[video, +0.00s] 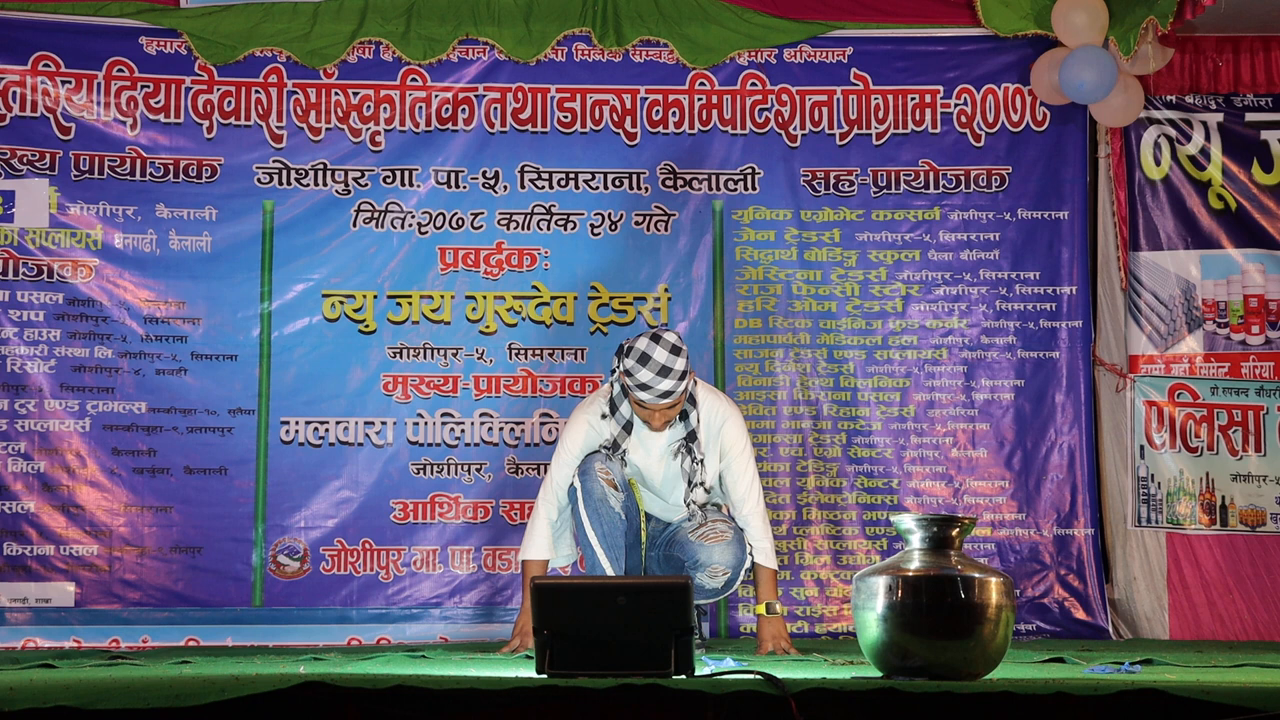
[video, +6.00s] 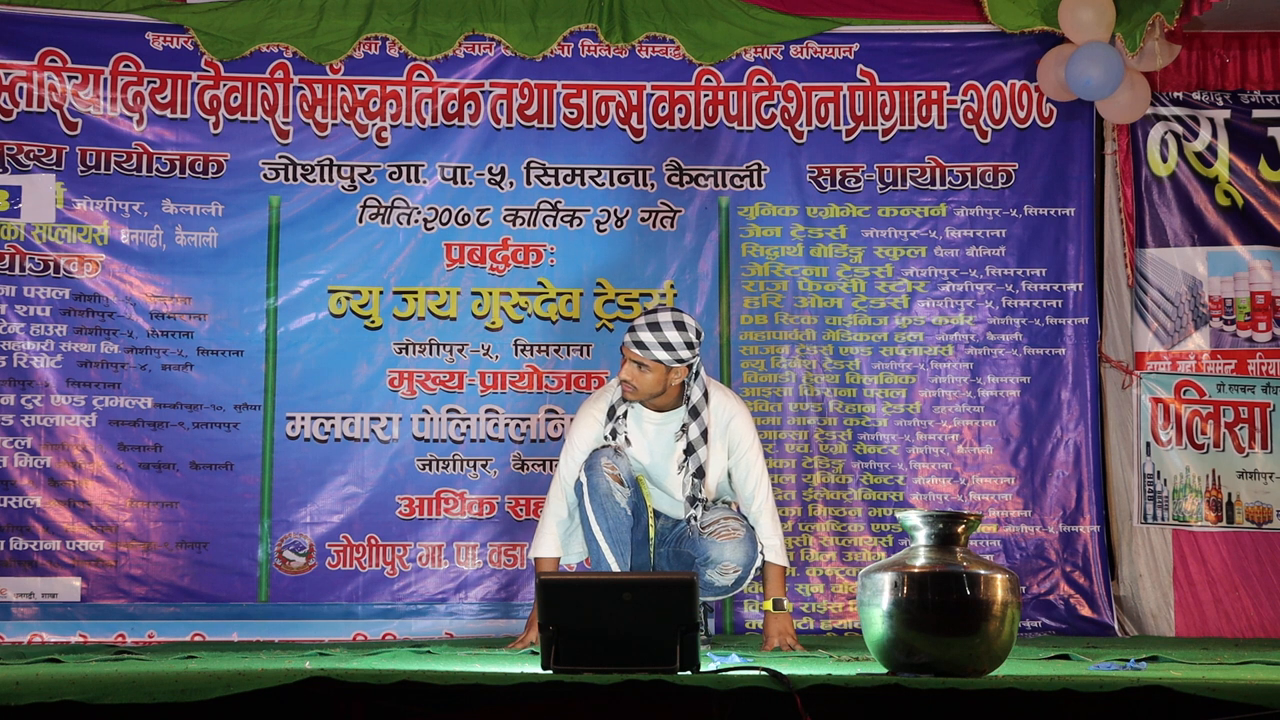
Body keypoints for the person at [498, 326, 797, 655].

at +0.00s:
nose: (657, 418)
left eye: (669, 407)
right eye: (645, 407)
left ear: (685, 388)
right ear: (626, 390)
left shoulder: (720, 415)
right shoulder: (593, 415)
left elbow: (752, 511)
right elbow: (549, 503)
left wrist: (769, 611)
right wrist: (530, 605)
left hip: (683, 542)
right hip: (621, 538)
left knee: (723, 549)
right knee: (596, 468)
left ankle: (685, 612)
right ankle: (616, 609)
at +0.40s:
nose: (634, 406)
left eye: (649, 399)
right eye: (628, 391)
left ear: (682, 388)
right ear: (623, 375)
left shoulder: (723, 416)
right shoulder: (597, 412)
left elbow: (755, 510)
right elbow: (551, 501)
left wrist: (770, 610)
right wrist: (530, 605)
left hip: (684, 544)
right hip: (623, 537)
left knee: (722, 543)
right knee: (598, 466)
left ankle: (684, 616)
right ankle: (618, 612)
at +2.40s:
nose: (617, 374)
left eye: (632, 367)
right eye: (618, 361)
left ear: (671, 374)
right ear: (615, 357)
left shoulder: (723, 413)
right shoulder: (595, 415)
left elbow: (759, 506)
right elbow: (564, 499)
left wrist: (774, 605)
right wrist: (525, 558)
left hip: (690, 542)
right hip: (626, 539)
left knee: (731, 536)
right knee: (605, 462)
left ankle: (688, 616)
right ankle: (622, 606)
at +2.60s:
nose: (616, 376)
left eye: (632, 368)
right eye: (617, 361)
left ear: (671, 375)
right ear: (614, 357)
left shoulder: (722, 412)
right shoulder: (596, 414)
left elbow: (759, 504)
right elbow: (558, 502)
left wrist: (775, 606)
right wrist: (528, 599)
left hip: (692, 538)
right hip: (629, 532)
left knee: (729, 547)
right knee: (600, 461)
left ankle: (687, 611)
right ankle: (617, 608)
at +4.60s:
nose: (622, 375)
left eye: (638, 368)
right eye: (622, 360)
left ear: (677, 374)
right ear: (619, 355)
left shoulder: (725, 413)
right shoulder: (597, 411)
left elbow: (760, 507)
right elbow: (558, 503)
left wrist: (777, 608)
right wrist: (542, 606)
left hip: (692, 539)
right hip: (629, 531)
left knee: (733, 547)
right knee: (601, 463)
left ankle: (687, 610)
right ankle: (620, 607)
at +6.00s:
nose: (623, 375)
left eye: (640, 368)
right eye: (624, 360)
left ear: (678, 374)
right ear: (621, 355)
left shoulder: (727, 414)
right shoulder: (599, 411)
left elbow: (762, 508)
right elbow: (558, 506)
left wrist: (777, 609)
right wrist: (541, 608)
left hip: (691, 539)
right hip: (628, 531)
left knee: (733, 547)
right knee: (604, 463)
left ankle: (688, 610)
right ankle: (620, 607)